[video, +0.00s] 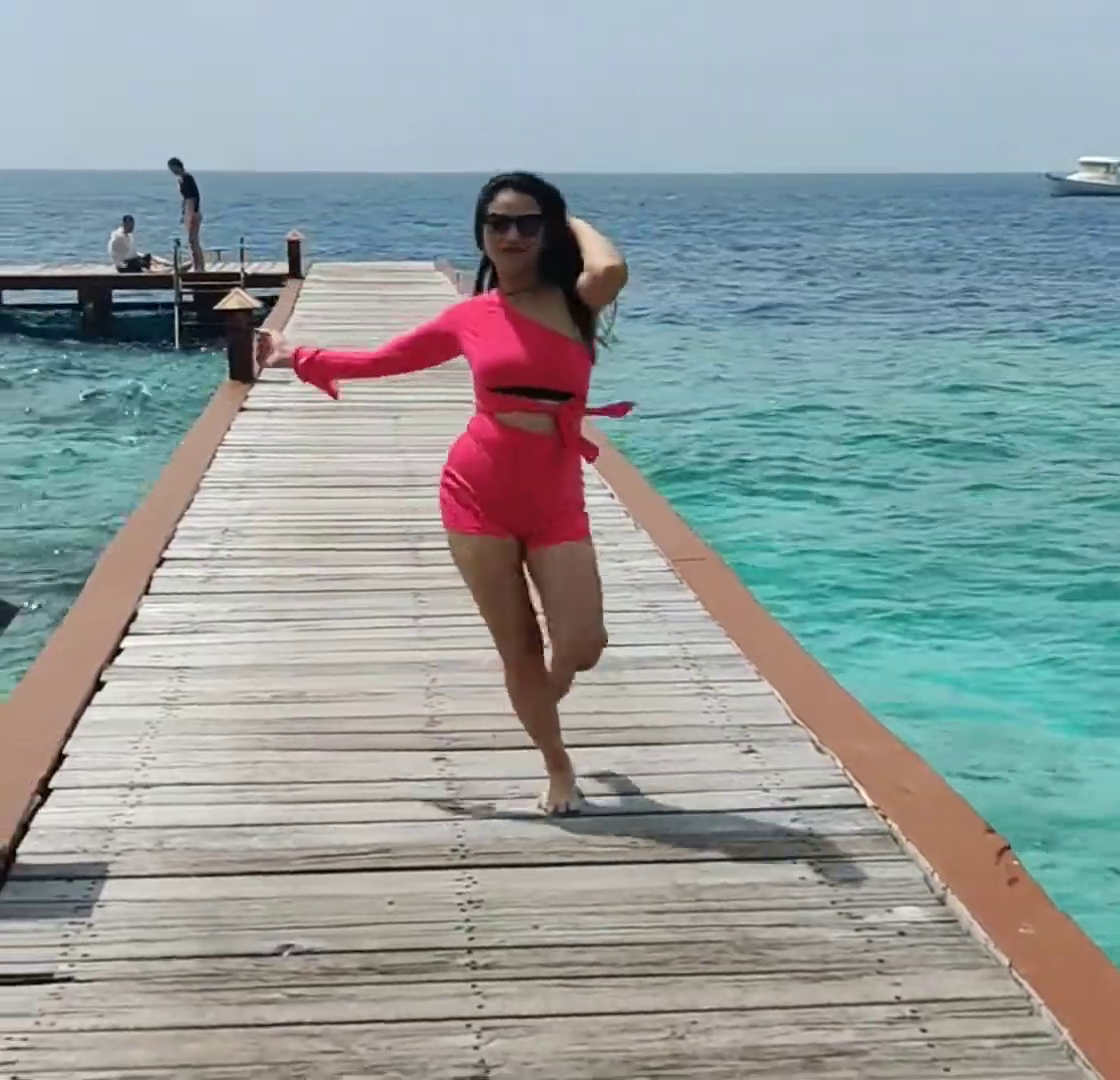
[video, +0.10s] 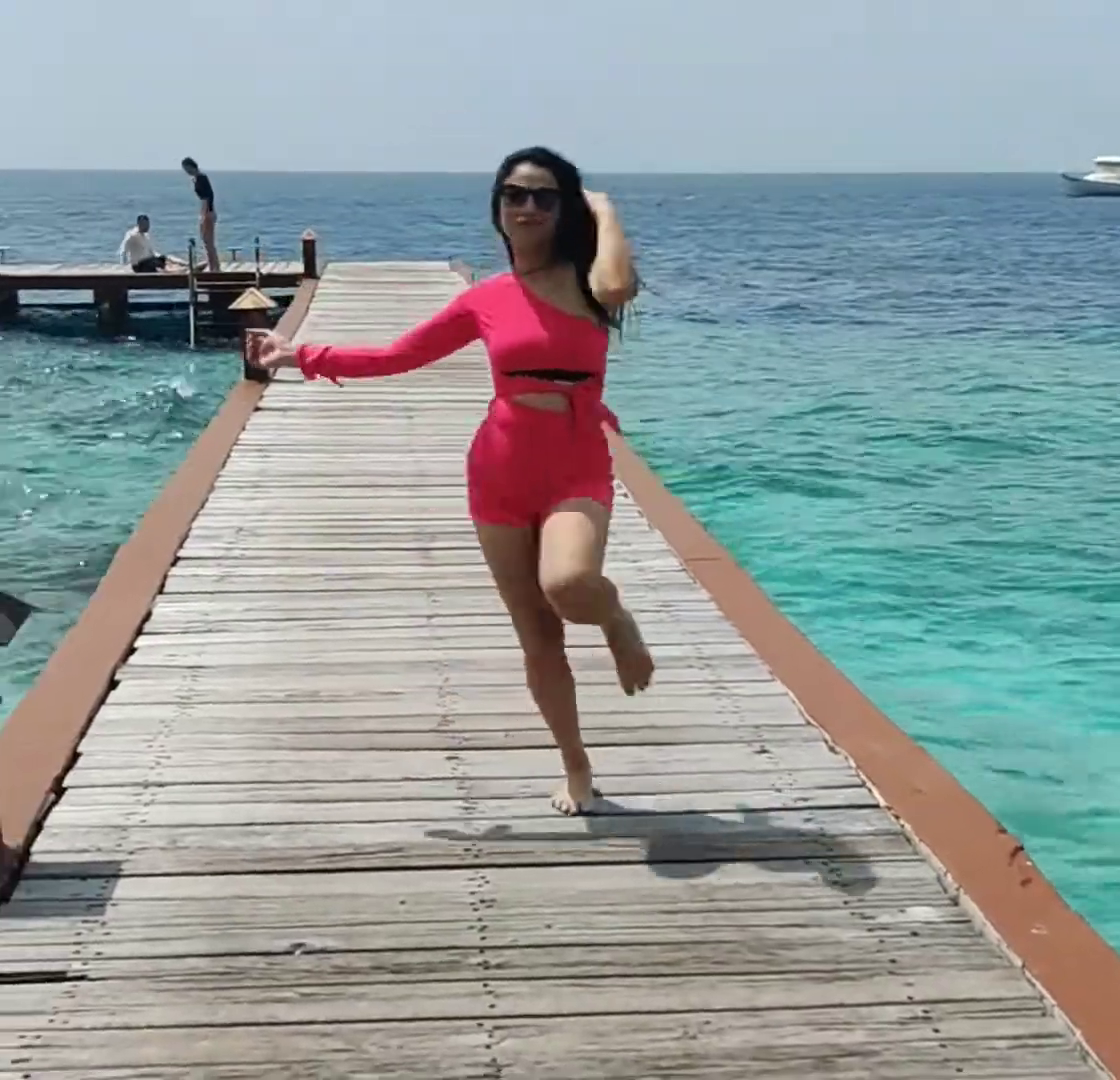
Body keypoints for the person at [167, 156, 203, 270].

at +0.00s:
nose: (173, 171)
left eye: (174, 168)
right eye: (171, 169)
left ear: (179, 166)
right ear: (171, 169)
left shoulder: (187, 179)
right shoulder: (182, 179)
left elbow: (191, 198)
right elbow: (185, 198)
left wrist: (190, 215)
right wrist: (183, 214)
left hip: (194, 211)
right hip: (190, 210)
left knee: (193, 240)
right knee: (193, 240)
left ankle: (198, 267)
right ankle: (198, 266)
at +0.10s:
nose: (187, 171)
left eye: (187, 168)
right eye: (185, 169)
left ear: (192, 167)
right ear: (187, 169)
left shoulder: (201, 178)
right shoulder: (197, 179)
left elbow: (206, 198)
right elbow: (203, 198)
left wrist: (204, 216)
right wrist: (203, 215)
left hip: (209, 211)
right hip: (205, 210)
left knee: (208, 240)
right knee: (207, 240)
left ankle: (213, 267)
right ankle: (213, 267)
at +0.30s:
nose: (200, 173)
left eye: (200, 170)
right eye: (198, 171)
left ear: (205, 168)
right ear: (202, 170)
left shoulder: (215, 180)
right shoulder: (212, 179)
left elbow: (222, 195)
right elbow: (218, 196)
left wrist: (220, 212)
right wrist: (218, 212)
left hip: (224, 213)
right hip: (219, 213)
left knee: (224, 240)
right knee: (215, 239)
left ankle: (227, 267)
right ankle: (225, 261)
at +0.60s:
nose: (213, 175)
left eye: (213, 172)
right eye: (211, 173)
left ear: (218, 169)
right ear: (212, 172)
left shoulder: (229, 180)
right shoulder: (224, 181)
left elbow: (236, 195)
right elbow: (230, 196)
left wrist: (234, 211)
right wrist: (230, 211)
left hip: (237, 211)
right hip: (232, 211)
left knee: (238, 240)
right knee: (232, 239)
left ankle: (241, 266)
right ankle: (234, 264)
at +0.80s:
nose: (216, 175)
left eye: (216, 172)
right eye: (214, 173)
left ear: (221, 170)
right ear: (215, 172)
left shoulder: (231, 181)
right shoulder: (227, 181)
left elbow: (236, 199)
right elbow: (229, 200)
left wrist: (237, 216)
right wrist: (225, 215)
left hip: (240, 212)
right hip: (234, 210)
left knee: (240, 239)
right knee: (234, 239)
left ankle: (244, 266)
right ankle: (238, 264)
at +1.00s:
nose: (219, 176)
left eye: (219, 173)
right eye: (217, 174)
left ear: (224, 170)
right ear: (219, 172)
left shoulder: (235, 180)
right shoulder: (229, 182)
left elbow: (244, 197)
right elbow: (231, 200)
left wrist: (246, 212)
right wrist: (227, 215)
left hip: (241, 209)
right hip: (234, 208)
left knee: (242, 238)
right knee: (235, 238)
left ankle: (246, 267)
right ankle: (240, 264)